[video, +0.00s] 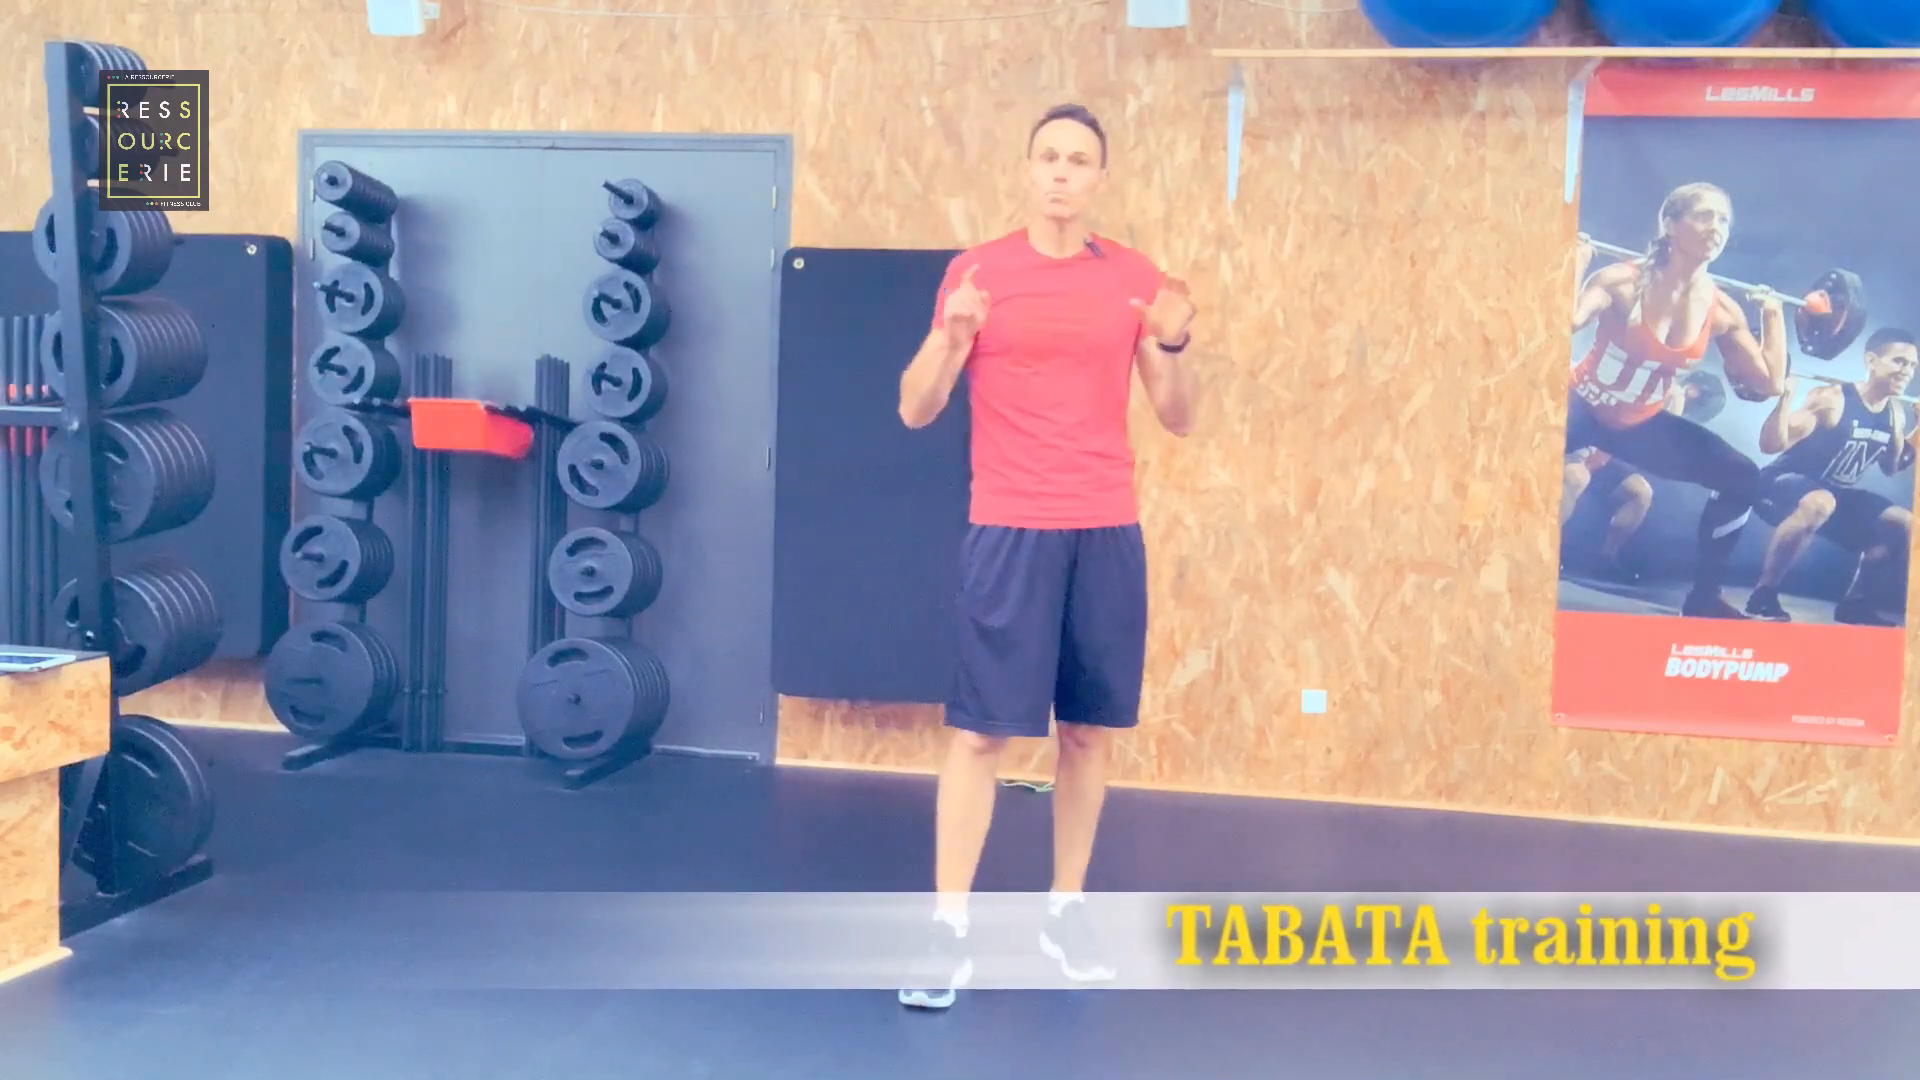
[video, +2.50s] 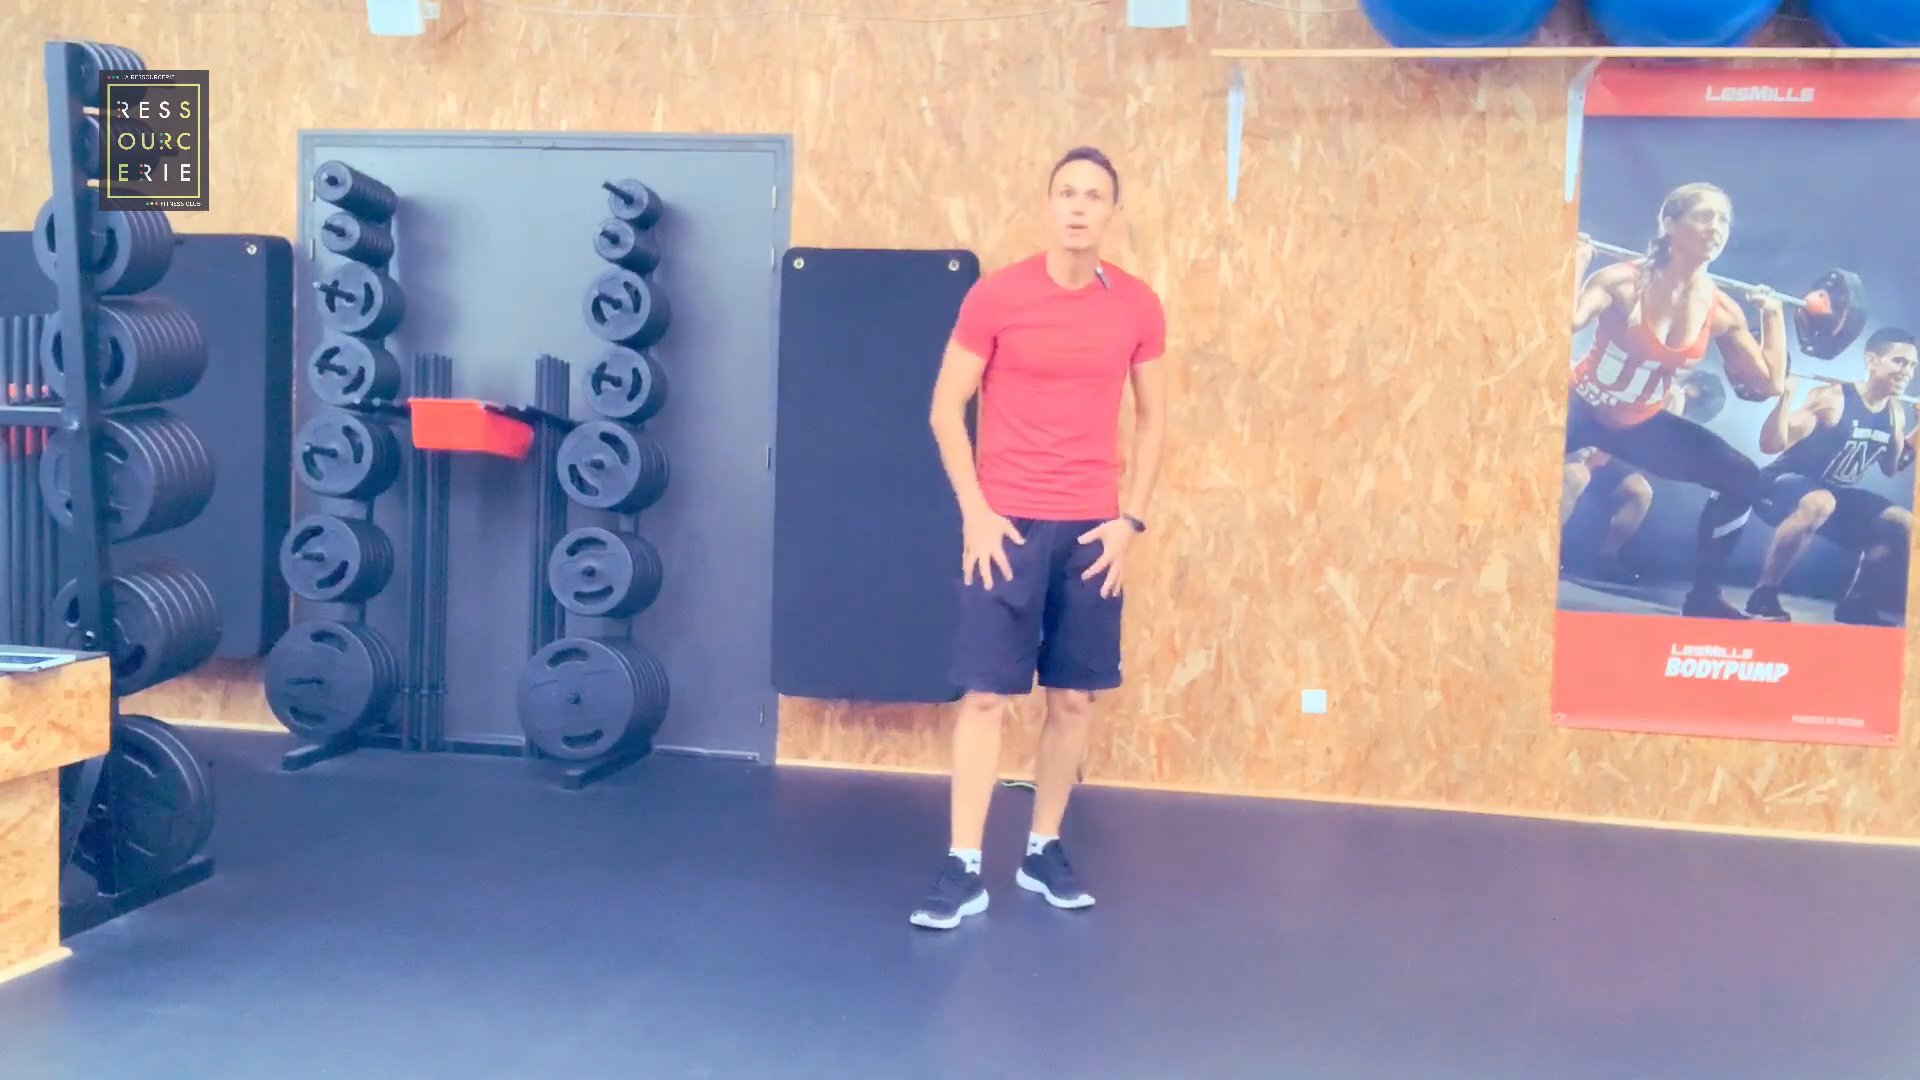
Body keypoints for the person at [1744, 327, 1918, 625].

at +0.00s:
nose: (1906, 371)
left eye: (1911, 365)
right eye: (1899, 361)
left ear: (1914, 371)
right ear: (1871, 361)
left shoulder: (1893, 412)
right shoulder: (1831, 398)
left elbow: (1891, 467)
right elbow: (1769, 444)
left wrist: (1910, 446)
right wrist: (1785, 396)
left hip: (1839, 495)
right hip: (1785, 482)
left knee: (1905, 524)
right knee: (1821, 502)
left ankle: (1854, 604)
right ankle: (1763, 596)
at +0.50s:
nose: (1906, 371)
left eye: (1911, 365)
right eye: (1899, 361)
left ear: (1914, 371)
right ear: (1871, 361)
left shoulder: (1894, 412)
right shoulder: (1830, 398)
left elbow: (1892, 467)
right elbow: (1769, 444)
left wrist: (1912, 443)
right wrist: (1785, 396)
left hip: (1839, 495)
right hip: (1785, 482)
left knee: (1904, 524)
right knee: (1821, 502)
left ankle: (1854, 605)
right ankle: (1763, 596)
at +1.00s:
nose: (1906, 371)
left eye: (1912, 365)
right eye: (1899, 361)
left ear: (1914, 371)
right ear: (1872, 361)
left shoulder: (1894, 411)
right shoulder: (1831, 397)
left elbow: (1891, 466)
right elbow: (1769, 444)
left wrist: (1913, 437)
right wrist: (1784, 398)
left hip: (1838, 495)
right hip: (1785, 481)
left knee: (1904, 524)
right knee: (1821, 502)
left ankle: (1854, 605)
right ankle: (1764, 595)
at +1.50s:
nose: (1906, 372)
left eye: (1911, 365)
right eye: (1899, 361)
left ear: (1913, 371)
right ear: (1872, 361)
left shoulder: (1894, 411)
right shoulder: (1831, 397)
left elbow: (1891, 466)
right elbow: (1769, 444)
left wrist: (1912, 441)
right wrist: (1785, 397)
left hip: (1838, 495)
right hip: (1785, 482)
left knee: (1904, 524)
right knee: (1820, 502)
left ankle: (1854, 604)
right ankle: (1763, 596)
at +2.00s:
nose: (1906, 372)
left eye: (1911, 365)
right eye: (1899, 361)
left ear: (1913, 371)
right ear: (1872, 361)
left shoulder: (1894, 411)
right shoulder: (1831, 397)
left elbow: (1890, 466)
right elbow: (1768, 444)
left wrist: (1910, 444)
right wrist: (1784, 398)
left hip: (1838, 494)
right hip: (1785, 481)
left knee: (1904, 524)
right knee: (1821, 502)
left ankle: (1854, 605)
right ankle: (1763, 595)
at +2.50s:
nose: (1906, 372)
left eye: (1911, 366)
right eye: (1899, 361)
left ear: (1913, 371)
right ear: (1872, 361)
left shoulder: (1894, 411)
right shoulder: (1830, 397)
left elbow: (1891, 467)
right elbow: (1769, 444)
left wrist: (1912, 441)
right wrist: (1785, 396)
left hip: (1839, 494)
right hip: (1785, 481)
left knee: (1905, 524)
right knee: (1821, 502)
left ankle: (1855, 604)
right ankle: (1763, 596)